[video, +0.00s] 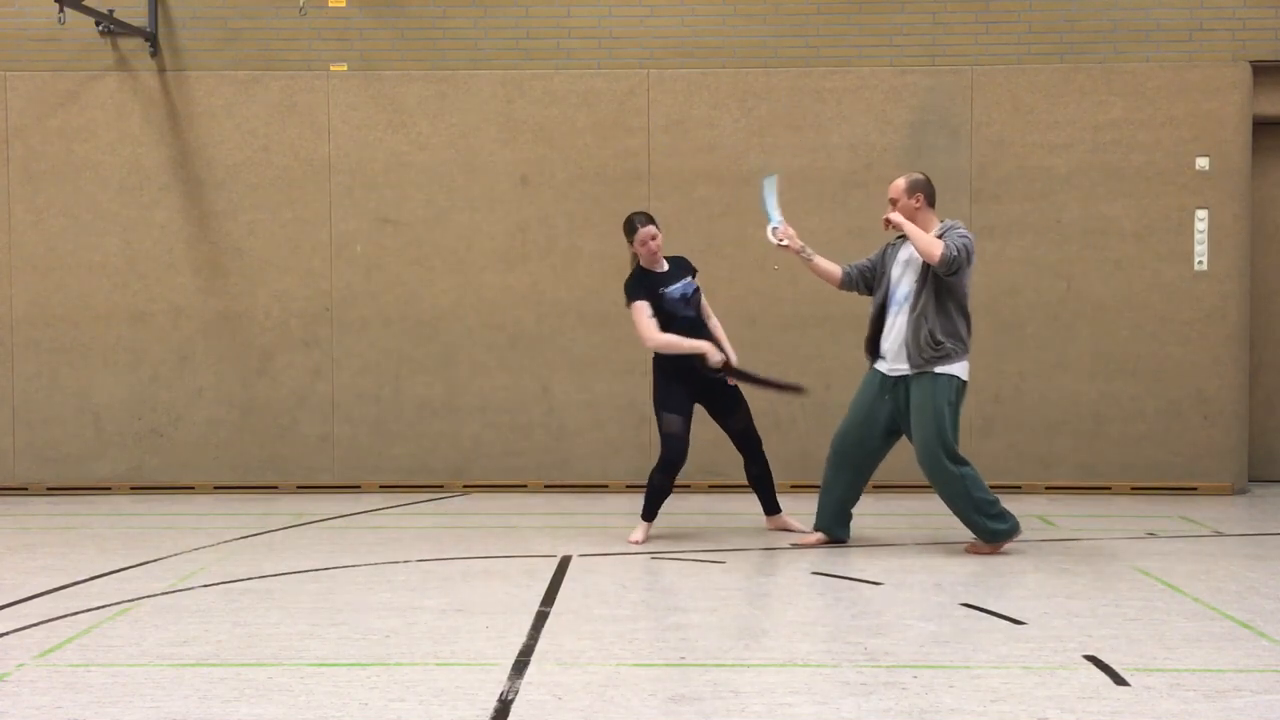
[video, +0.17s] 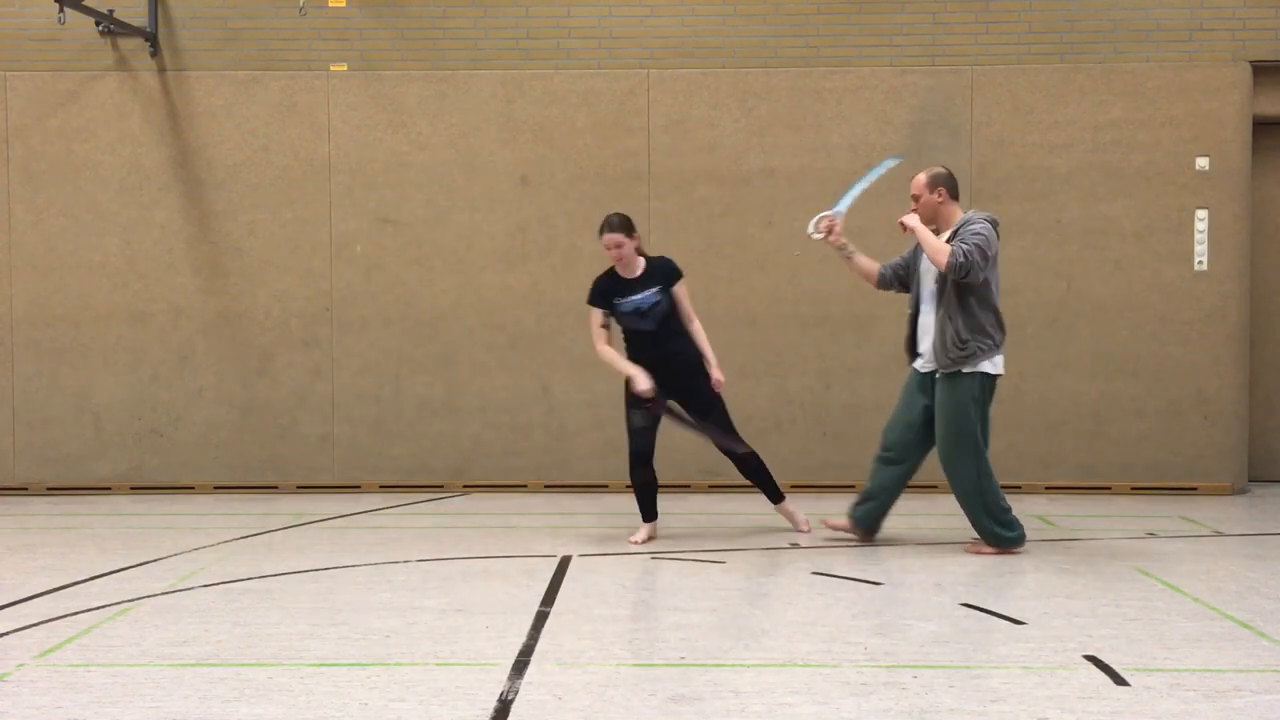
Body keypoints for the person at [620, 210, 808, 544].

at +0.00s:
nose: (653, 246)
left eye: (655, 237)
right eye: (644, 242)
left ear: (661, 235)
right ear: (632, 247)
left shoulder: (682, 266)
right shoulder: (637, 284)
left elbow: (707, 315)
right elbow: (651, 339)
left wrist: (728, 353)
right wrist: (704, 347)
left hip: (709, 367)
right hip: (673, 375)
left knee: (750, 442)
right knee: (674, 455)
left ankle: (774, 516)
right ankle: (644, 525)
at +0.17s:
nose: (613, 253)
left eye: (618, 246)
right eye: (608, 248)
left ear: (634, 240)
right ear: (603, 248)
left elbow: (690, 319)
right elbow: (601, 345)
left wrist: (712, 363)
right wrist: (634, 372)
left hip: (685, 367)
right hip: (643, 373)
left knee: (729, 442)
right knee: (639, 453)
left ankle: (782, 505)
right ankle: (648, 523)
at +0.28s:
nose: (588, 252)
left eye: (592, 245)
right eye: (583, 246)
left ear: (612, 239)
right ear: (580, 245)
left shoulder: (642, 268)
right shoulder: (586, 280)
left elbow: (672, 317)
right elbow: (591, 329)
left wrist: (693, 365)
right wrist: (586, 372)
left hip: (668, 366)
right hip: (628, 372)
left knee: (698, 441)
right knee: (635, 446)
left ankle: (754, 497)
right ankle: (648, 523)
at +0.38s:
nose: (566, 245)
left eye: (570, 237)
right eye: (562, 238)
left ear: (590, 231)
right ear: (562, 237)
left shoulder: (623, 261)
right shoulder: (574, 268)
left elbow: (654, 313)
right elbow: (585, 316)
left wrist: (666, 363)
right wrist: (560, 358)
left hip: (646, 360)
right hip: (612, 365)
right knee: (627, 443)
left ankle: (703, 488)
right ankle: (647, 521)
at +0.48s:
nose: (539, 235)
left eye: (543, 228)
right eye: (536, 229)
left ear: (563, 221)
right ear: (551, 226)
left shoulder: (597, 251)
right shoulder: (555, 256)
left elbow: (627, 306)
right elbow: (566, 307)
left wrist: (628, 358)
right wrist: (527, 341)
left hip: (613, 360)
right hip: (589, 361)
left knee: (577, 431)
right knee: (621, 441)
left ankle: (600, 516)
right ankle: (648, 517)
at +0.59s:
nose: (518, 239)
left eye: (522, 232)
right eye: (516, 233)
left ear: (543, 226)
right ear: (533, 229)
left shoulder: (575, 256)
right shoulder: (537, 260)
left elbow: (604, 311)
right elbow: (544, 314)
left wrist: (610, 365)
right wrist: (500, 341)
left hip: (586, 367)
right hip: (570, 366)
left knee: (541, 437)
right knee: (613, 441)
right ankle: (648, 515)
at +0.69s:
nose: (492, 242)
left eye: (496, 236)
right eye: (490, 236)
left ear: (518, 229)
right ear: (509, 232)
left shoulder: (550, 263)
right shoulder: (513, 263)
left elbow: (578, 315)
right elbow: (517, 318)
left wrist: (593, 367)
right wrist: (471, 342)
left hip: (550, 371)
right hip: (540, 371)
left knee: (500, 438)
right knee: (584, 443)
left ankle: (490, 525)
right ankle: (638, 507)